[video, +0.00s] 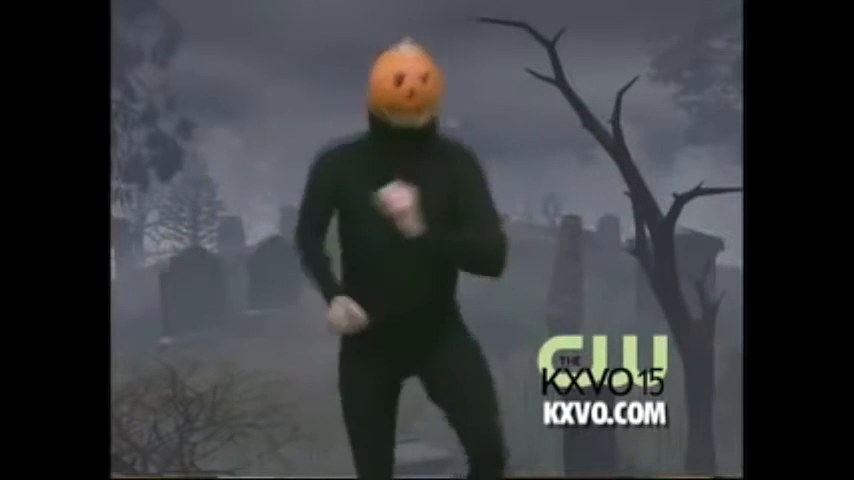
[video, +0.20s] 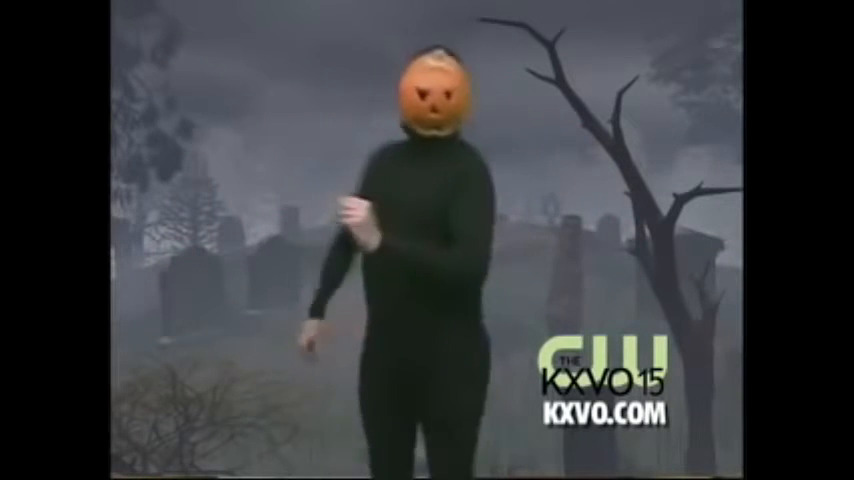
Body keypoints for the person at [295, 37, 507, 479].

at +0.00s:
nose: (410, 87)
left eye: (421, 77)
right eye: (397, 77)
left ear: (437, 91)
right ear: (375, 92)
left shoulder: (456, 162)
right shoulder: (338, 164)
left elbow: (491, 258)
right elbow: (308, 237)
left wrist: (422, 227)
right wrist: (332, 294)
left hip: (440, 332)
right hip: (368, 339)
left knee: (489, 454)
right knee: (373, 470)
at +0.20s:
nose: (434, 104)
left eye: (447, 95)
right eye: (422, 93)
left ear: (464, 102)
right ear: (402, 97)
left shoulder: (469, 170)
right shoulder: (385, 162)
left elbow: (470, 269)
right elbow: (350, 236)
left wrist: (379, 243)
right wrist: (317, 312)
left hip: (452, 351)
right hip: (387, 347)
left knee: (451, 470)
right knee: (388, 470)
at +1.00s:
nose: (425, 106)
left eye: (438, 100)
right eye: (414, 96)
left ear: (456, 119)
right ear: (393, 112)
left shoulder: (468, 191)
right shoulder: (366, 171)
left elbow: (438, 277)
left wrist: (358, 271)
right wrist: (323, 209)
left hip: (445, 349)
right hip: (374, 341)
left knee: (459, 465)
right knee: (313, 435)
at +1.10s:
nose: (413, 67)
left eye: (427, 61)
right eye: (401, 58)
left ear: (444, 80)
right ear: (379, 74)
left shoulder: (459, 149)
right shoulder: (348, 139)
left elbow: (434, 243)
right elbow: (284, 178)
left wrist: (402, 325)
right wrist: (287, 223)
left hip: (424, 317)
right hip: (352, 313)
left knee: (438, 461)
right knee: (323, 456)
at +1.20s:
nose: (393, 73)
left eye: (407, 65)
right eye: (379, 64)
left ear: (423, 79)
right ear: (359, 78)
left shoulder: (444, 152)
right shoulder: (324, 148)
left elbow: (451, 250)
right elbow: (258, 215)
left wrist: (446, 344)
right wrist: (282, 291)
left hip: (405, 338)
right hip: (334, 338)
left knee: (421, 466)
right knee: (322, 467)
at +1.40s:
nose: (352, 120)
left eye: (365, 110)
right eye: (338, 111)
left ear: (381, 120)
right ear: (318, 124)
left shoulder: (385, 189)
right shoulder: (302, 195)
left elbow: (430, 262)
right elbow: (301, 305)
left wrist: (482, 329)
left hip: (367, 355)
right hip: (305, 361)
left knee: (465, 444)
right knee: (306, 472)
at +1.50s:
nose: (345, 128)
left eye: (356, 115)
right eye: (329, 118)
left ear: (374, 123)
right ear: (308, 129)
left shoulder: (376, 182)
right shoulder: (300, 203)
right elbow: (367, 282)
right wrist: (422, 196)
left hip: (368, 342)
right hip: (310, 362)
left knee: (481, 367)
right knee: (308, 471)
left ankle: (407, 467)